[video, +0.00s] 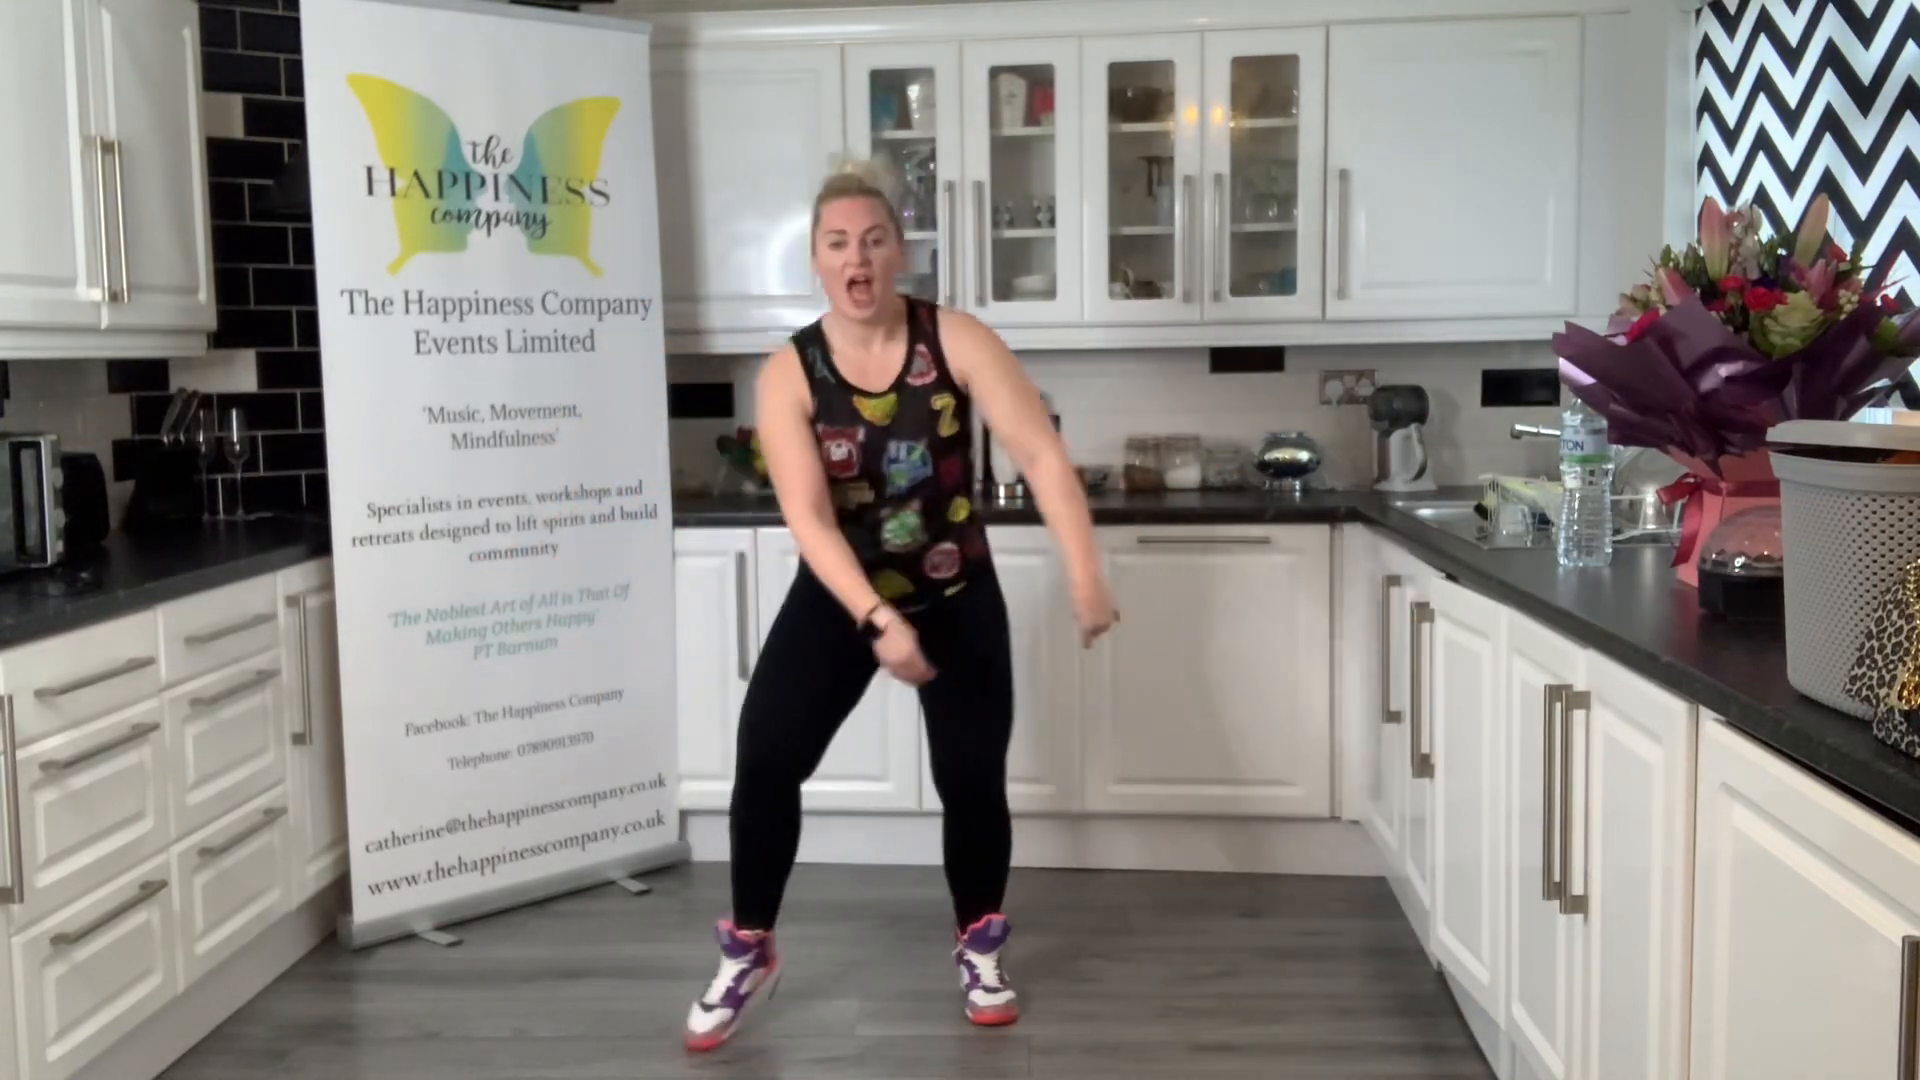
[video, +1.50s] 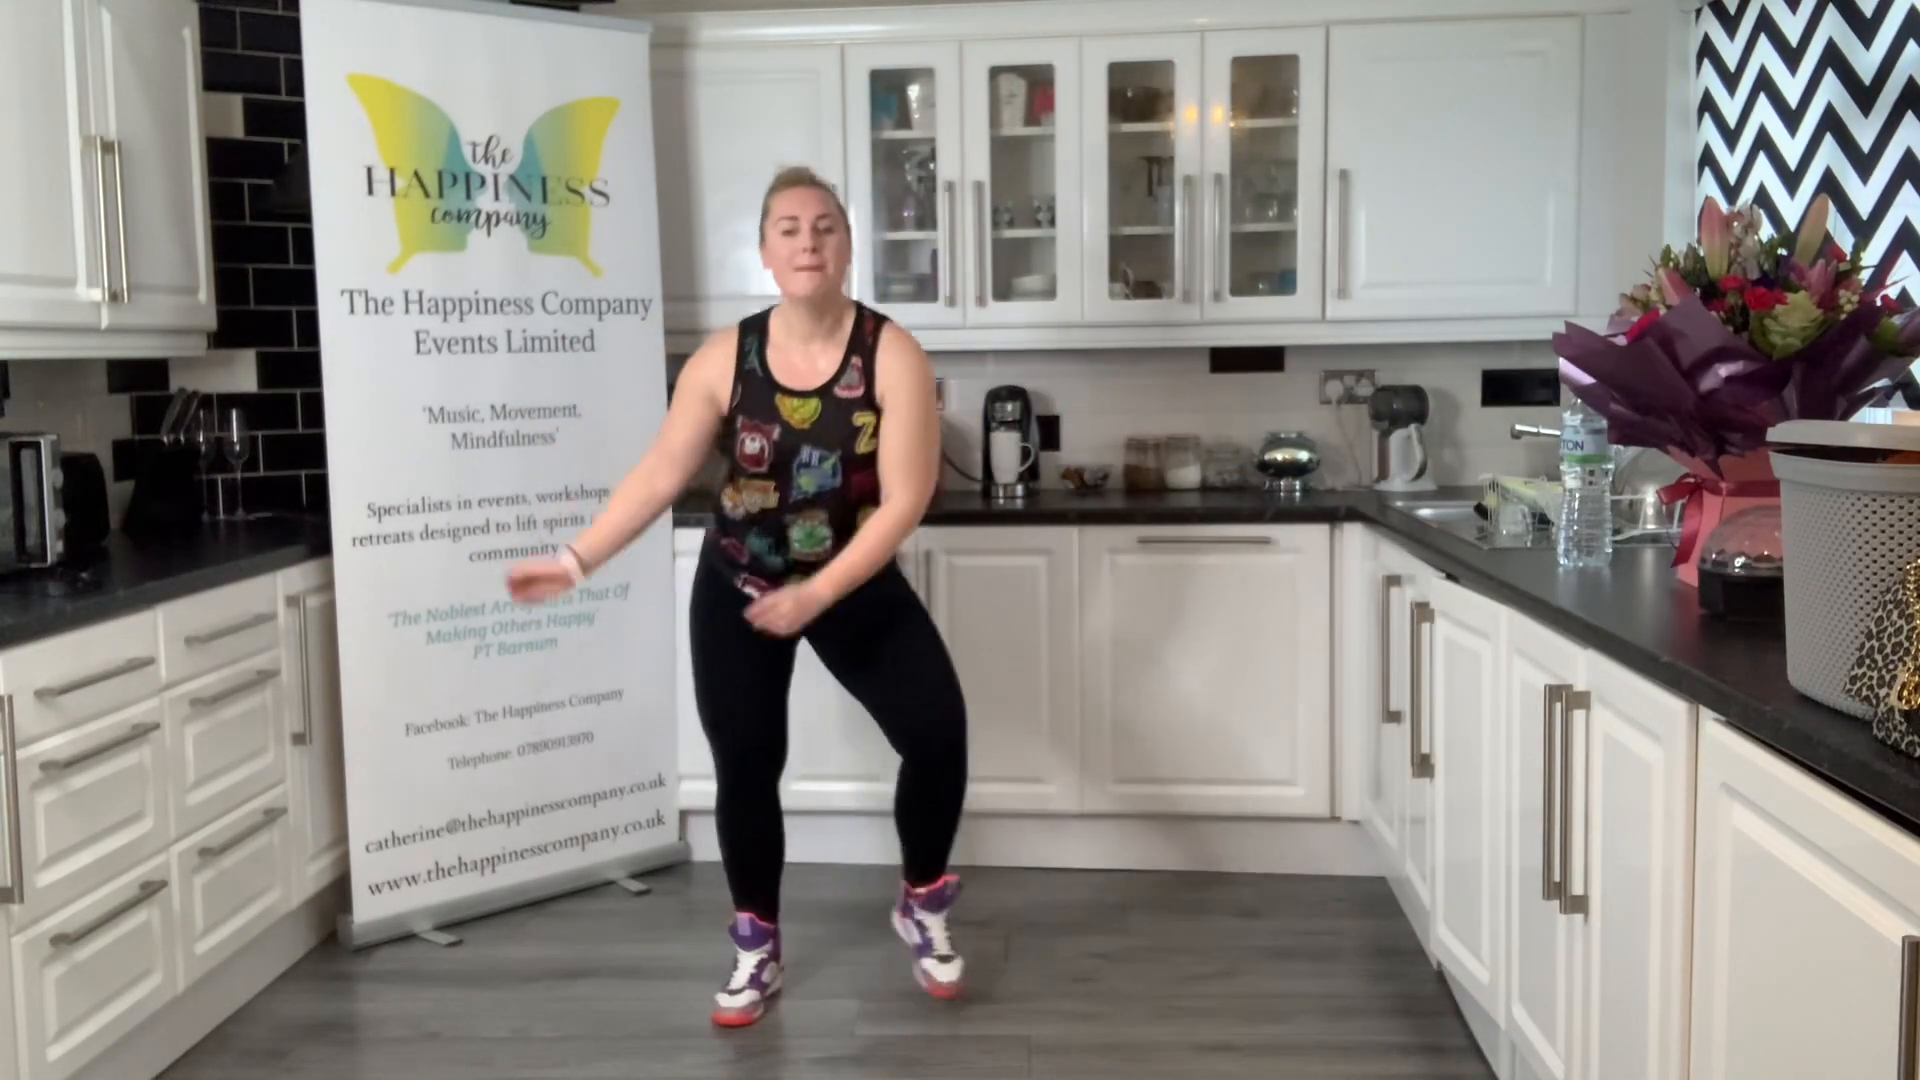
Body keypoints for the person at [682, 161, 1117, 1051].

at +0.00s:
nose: (856, 258)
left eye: (873, 240)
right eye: (838, 244)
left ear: (902, 252)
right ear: (815, 262)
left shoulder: (959, 340)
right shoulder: (790, 373)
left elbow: (1040, 451)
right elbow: (807, 519)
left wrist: (1085, 575)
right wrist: (877, 617)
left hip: (954, 587)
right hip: (841, 585)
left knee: (972, 777)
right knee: (765, 756)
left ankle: (981, 949)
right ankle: (749, 950)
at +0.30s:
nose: (894, 230)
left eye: (910, 212)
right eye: (875, 215)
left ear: (937, 224)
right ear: (851, 232)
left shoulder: (993, 327)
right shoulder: (821, 351)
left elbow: (1058, 428)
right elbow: (829, 487)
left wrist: (1129, 479)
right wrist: (893, 525)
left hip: (981, 583)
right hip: (870, 589)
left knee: (977, 768)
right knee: (871, 771)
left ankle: (984, 944)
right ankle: (918, 956)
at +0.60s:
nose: (903, 244)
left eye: (920, 229)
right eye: (885, 230)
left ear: (945, 246)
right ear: (861, 249)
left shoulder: (988, 352)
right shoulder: (824, 361)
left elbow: (1051, 472)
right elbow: (802, 507)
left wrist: (1122, 558)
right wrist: (884, 570)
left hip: (979, 585)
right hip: (864, 584)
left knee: (983, 769)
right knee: (801, 730)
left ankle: (983, 946)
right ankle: (829, 914)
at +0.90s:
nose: (866, 235)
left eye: (883, 219)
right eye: (847, 220)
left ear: (908, 237)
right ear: (822, 238)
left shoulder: (942, 357)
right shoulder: (773, 339)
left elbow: (920, 501)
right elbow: (670, 433)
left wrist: (859, 610)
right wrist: (633, 566)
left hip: (891, 579)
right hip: (774, 584)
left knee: (941, 765)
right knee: (770, 773)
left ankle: (976, 941)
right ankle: (759, 948)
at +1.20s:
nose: (825, 232)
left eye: (842, 216)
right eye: (806, 217)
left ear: (867, 231)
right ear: (780, 235)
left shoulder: (903, 351)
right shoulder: (727, 331)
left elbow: (886, 486)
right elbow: (640, 404)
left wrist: (801, 501)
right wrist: (565, 450)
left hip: (842, 590)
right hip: (730, 585)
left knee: (838, 773)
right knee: (747, 773)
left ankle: (819, 935)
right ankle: (754, 945)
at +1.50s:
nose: (809, 243)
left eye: (826, 228)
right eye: (789, 230)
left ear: (848, 246)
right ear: (765, 254)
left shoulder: (893, 356)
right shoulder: (723, 362)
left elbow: (906, 502)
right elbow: (658, 476)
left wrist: (814, 595)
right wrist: (574, 560)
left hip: (854, 577)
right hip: (741, 582)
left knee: (939, 732)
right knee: (746, 768)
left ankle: (924, 905)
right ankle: (755, 947)